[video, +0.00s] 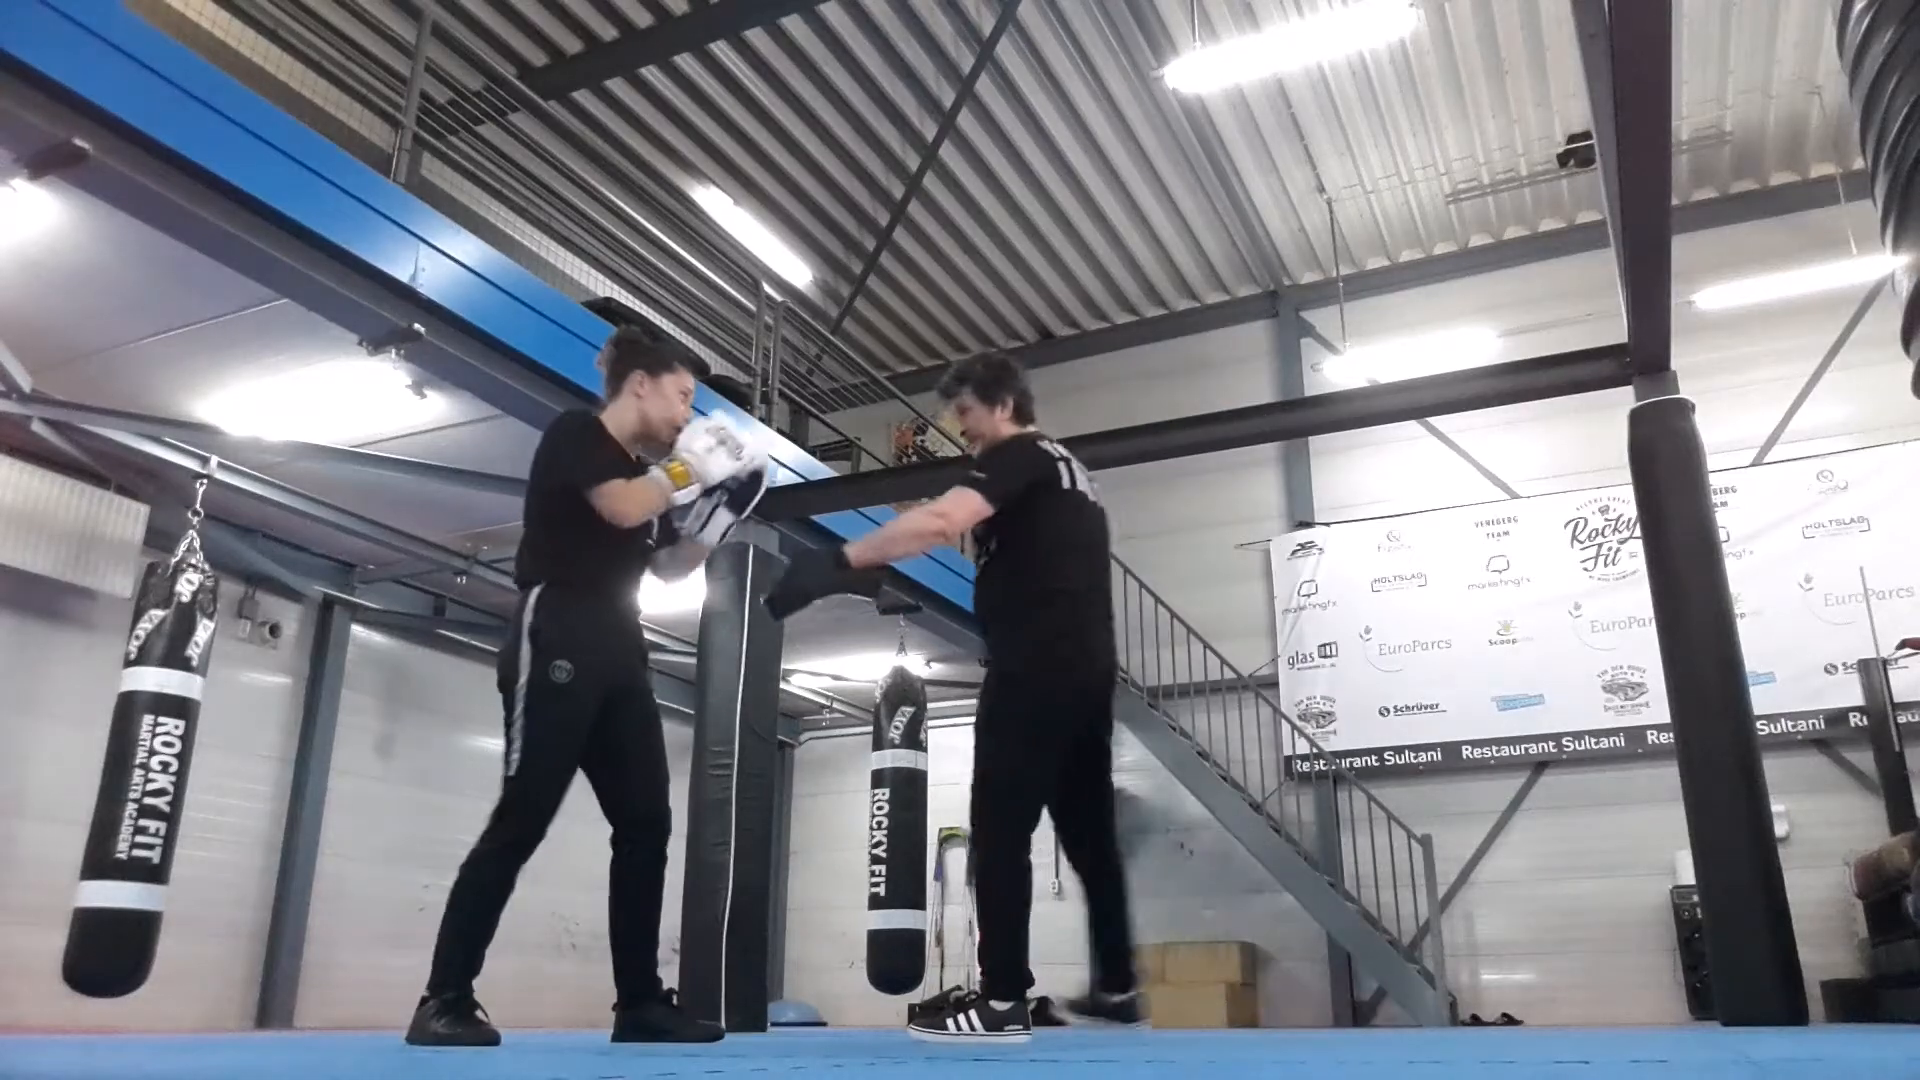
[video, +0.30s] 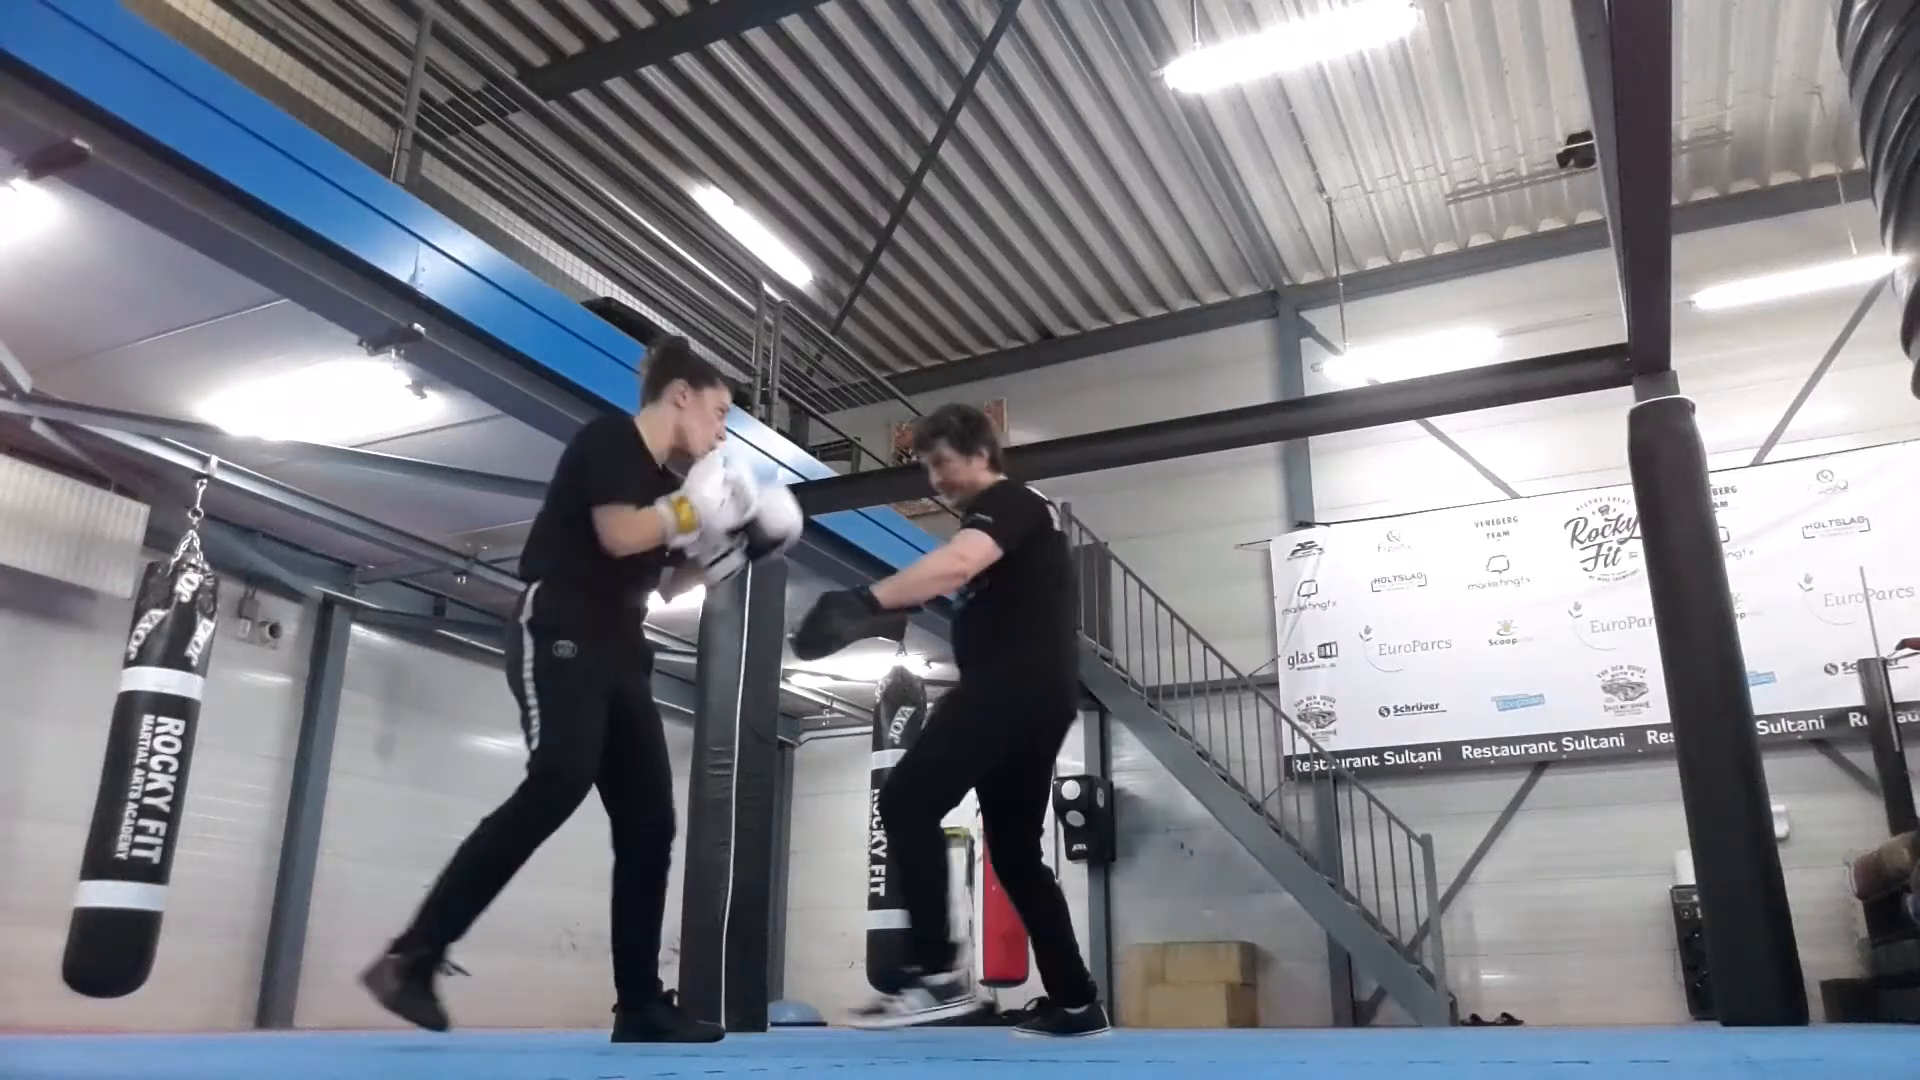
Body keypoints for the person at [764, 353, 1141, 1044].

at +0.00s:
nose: (963, 433)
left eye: (966, 417)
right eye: (958, 422)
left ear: (1003, 403)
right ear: (1020, 407)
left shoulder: (1016, 457)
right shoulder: (1070, 468)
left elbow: (936, 523)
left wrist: (837, 562)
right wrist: (948, 517)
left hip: (1027, 680)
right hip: (1086, 680)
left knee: (1000, 836)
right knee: (1091, 835)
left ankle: (1003, 998)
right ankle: (1116, 989)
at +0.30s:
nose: (933, 482)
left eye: (939, 465)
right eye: (928, 469)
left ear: (976, 454)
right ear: (978, 461)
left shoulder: (1009, 502)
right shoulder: (1011, 516)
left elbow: (957, 563)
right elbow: (955, 587)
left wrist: (865, 600)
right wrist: (895, 611)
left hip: (1004, 692)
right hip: (1037, 696)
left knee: (908, 802)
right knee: (1016, 852)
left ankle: (935, 974)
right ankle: (1073, 999)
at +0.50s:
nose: (888, 468)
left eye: (897, 452)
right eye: (883, 456)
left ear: (935, 445)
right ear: (931, 453)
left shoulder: (962, 494)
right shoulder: (959, 511)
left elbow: (911, 556)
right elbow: (911, 587)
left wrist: (819, 595)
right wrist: (852, 606)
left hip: (966, 697)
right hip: (994, 698)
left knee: (890, 830)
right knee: (1012, 855)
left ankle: (829, 991)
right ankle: (1075, 1000)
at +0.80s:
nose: (821, 429)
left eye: (829, 413)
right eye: (817, 416)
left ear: (870, 410)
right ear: (867, 418)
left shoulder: (891, 468)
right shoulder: (894, 475)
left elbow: (849, 541)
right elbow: (896, 597)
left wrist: (764, 590)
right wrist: (836, 669)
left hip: (889, 673)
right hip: (903, 673)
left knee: (819, 819)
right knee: (898, 835)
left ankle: (807, 1001)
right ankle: (999, 961)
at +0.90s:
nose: (810, 421)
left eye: (819, 405)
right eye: (806, 408)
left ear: (861, 400)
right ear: (836, 407)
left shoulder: (882, 459)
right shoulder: (870, 474)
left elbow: (835, 526)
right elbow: (870, 588)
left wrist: (747, 559)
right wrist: (814, 656)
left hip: (881, 667)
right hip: (873, 667)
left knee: (822, 813)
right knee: (855, 821)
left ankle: (808, 1001)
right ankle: (919, 978)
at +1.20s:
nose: (776, 435)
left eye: (786, 420)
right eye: (769, 424)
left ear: (824, 418)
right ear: (767, 429)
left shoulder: (850, 478)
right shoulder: (807, 497)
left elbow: (837, 551)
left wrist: (764, 614)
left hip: (829, 680)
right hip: (818, 683)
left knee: (726, 779)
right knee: (809, 843)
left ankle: (748, 973)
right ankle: (874, 997)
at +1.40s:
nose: (732, 412)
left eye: (745, 397)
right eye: (726, 400)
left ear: (787, 401)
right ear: (726, 406)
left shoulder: (803, 469)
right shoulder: (762, 483)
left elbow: (765, 535)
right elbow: (765, 599)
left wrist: (679, 572)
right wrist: (701, 651)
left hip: (778, 687)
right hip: (766, 687)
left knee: (689, 806)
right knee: (807, 844)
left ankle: (651, 993)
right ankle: (875, 995)